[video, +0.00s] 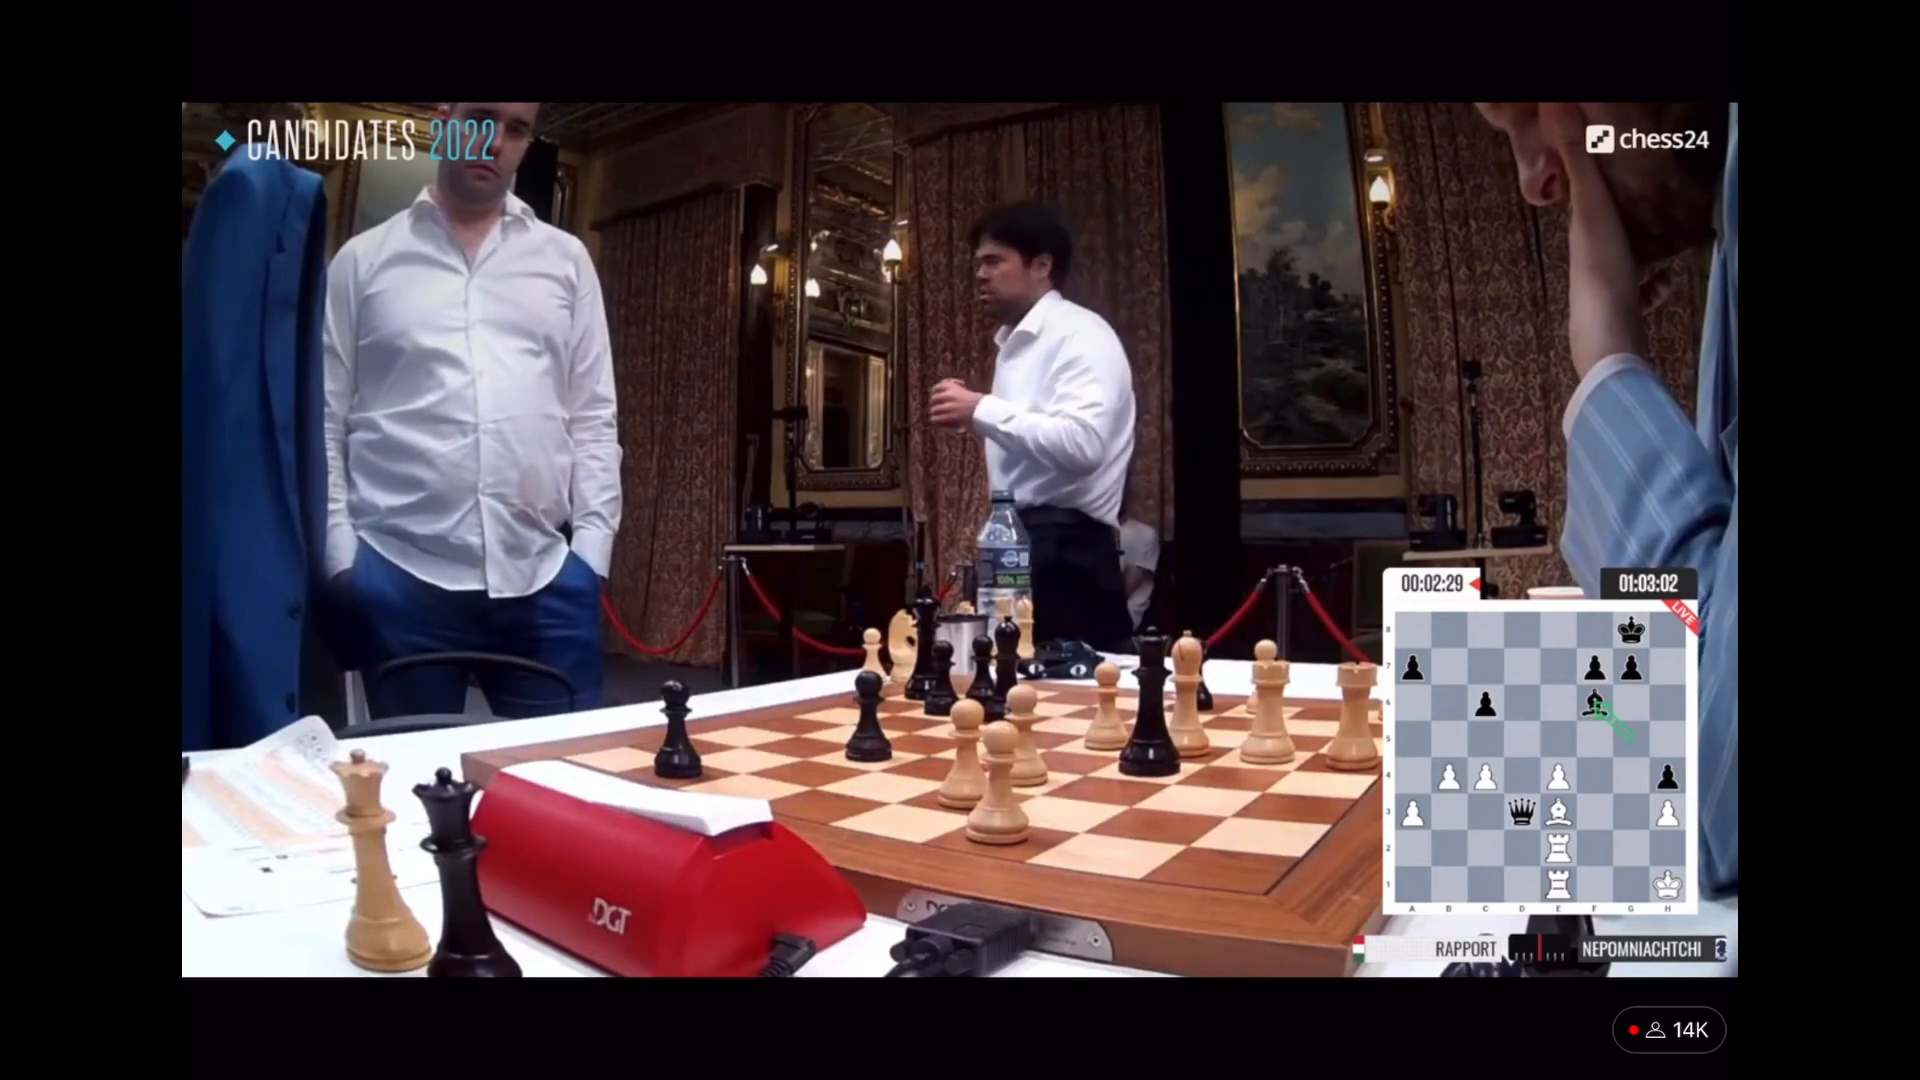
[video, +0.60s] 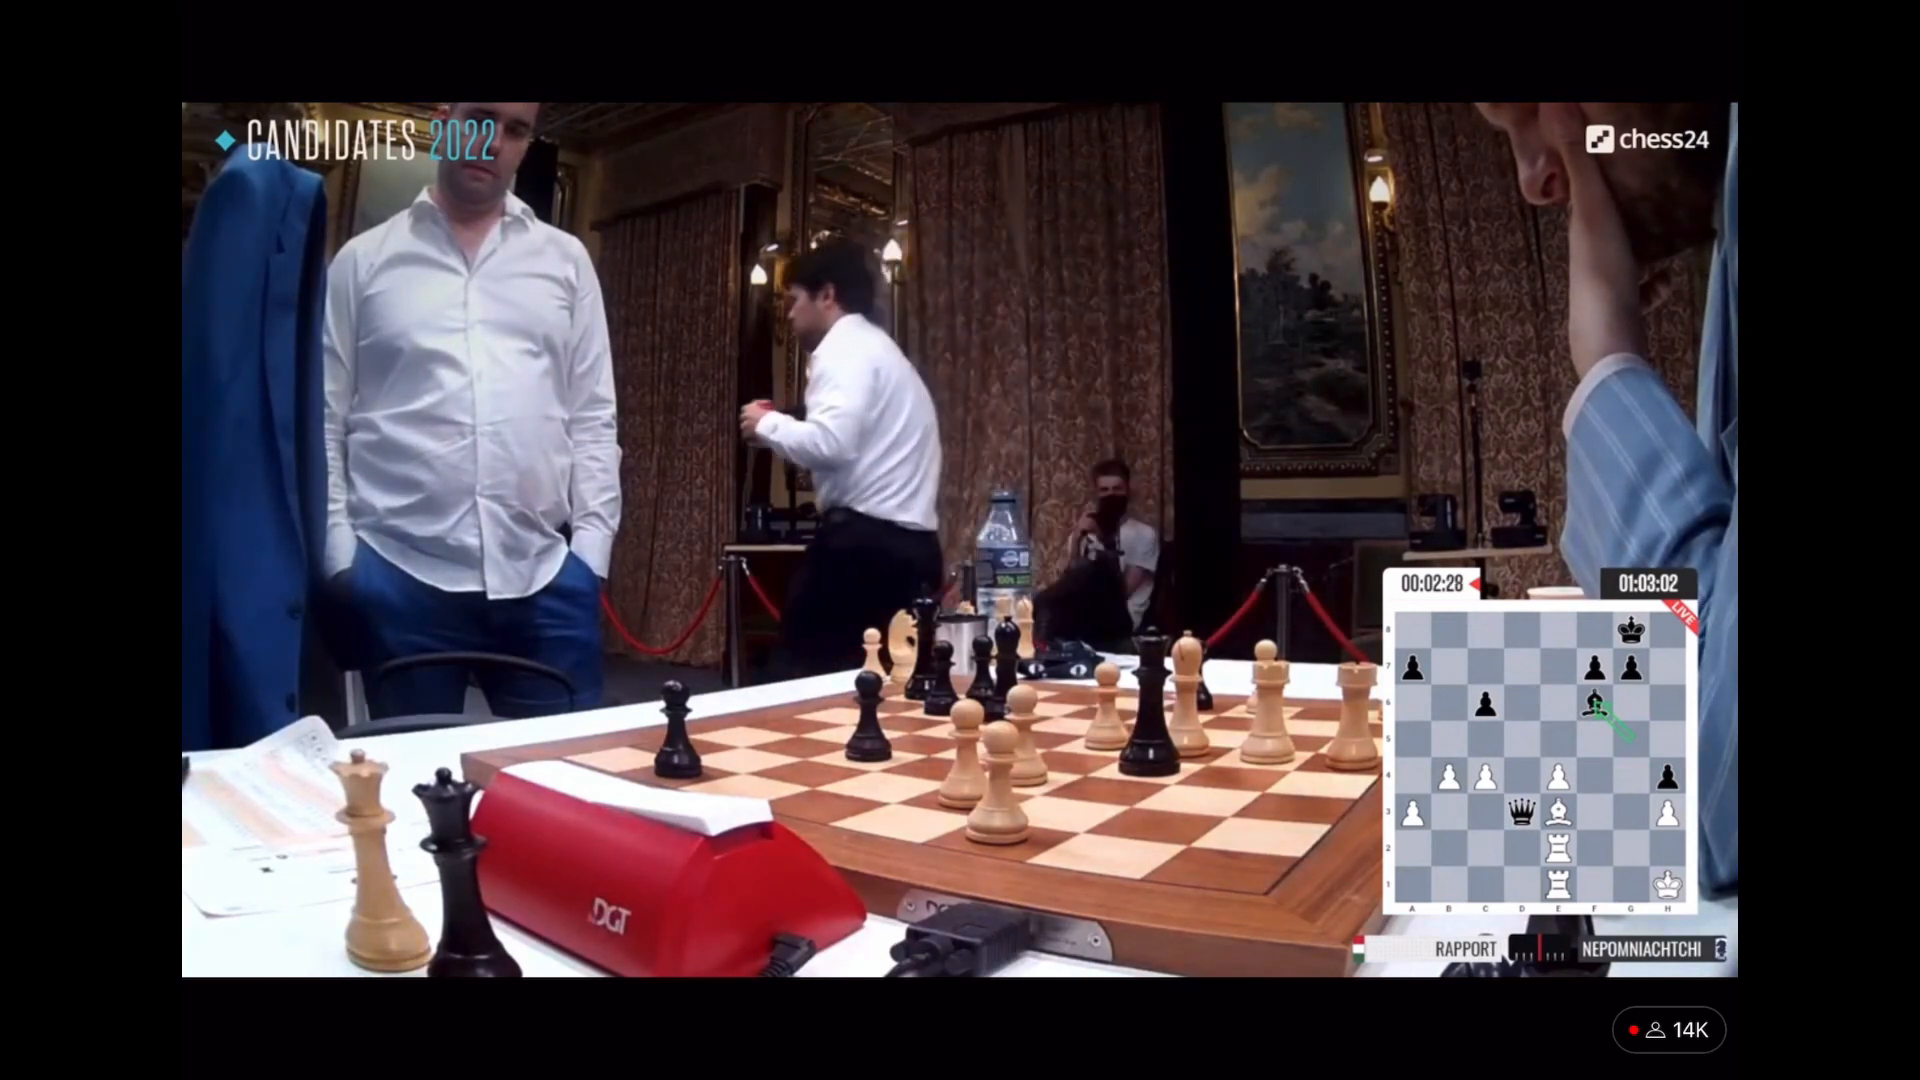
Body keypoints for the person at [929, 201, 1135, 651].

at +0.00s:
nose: (979, 275)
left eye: (993, 261)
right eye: (979, 264)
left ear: (1041, 266)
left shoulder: (1083, 336)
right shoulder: (1017, 345)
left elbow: (1082, 444)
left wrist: (981, 409)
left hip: (1069, 546)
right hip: (1022, 540)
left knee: (1085, 699)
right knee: (1030, 697)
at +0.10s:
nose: (953, 283)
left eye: (965, 269)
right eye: (954, 271)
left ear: (1011, 273)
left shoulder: (1055, 342)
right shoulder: (999, 349)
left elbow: (1044, 446)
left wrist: (951, 412)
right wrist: (948, 415)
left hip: (1045, 546)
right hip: (1002, 539)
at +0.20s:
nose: (926, 289)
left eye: (936, 275)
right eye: (926, 278)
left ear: (981, 276)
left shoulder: (1021, 344)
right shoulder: (976, 348)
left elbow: (1009, 449)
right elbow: (979, 447)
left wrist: (920, 414)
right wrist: (917, 418)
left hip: (1007, 544)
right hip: (972, 537)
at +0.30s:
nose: (883, 289)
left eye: (891, 275)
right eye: (883, 277)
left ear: (931, 275)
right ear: (929, 277)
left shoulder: (963, 337)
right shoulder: (947, 337)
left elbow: (956, 442)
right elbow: (945, 437)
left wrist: (872, 415)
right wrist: (873, 415)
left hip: (956, 532)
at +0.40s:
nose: (863, 288)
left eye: (871, 275)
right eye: (866, 276)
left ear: (908, 278)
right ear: (906, 279)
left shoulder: (934, 335)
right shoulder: (935, 332)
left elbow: (927, 436)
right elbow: (922, 433)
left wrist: (849, 414)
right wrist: (851, 415)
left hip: (930, 526)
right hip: (942, 525)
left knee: (873, 647)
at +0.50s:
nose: (818, 301)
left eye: (824, 288)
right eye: (819, 289)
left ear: (856, 287)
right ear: (859, 288)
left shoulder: (876, 337)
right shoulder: (907, 339)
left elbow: (864, 435)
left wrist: (795, 417)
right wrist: (803, 422)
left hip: (887, 538)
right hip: (935, 543)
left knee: (817, 661)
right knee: (908, 676)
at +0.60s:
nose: (788, 312)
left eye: (795, 299)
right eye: (789, 300)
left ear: (828, 297)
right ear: (831, 297)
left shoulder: (847, 346)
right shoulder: (885, 351)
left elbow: (831, 443)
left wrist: (767, 424)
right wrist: (787, 427)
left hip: (861, 547)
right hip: (914, 550)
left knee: (804, 678)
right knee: (893, 685)